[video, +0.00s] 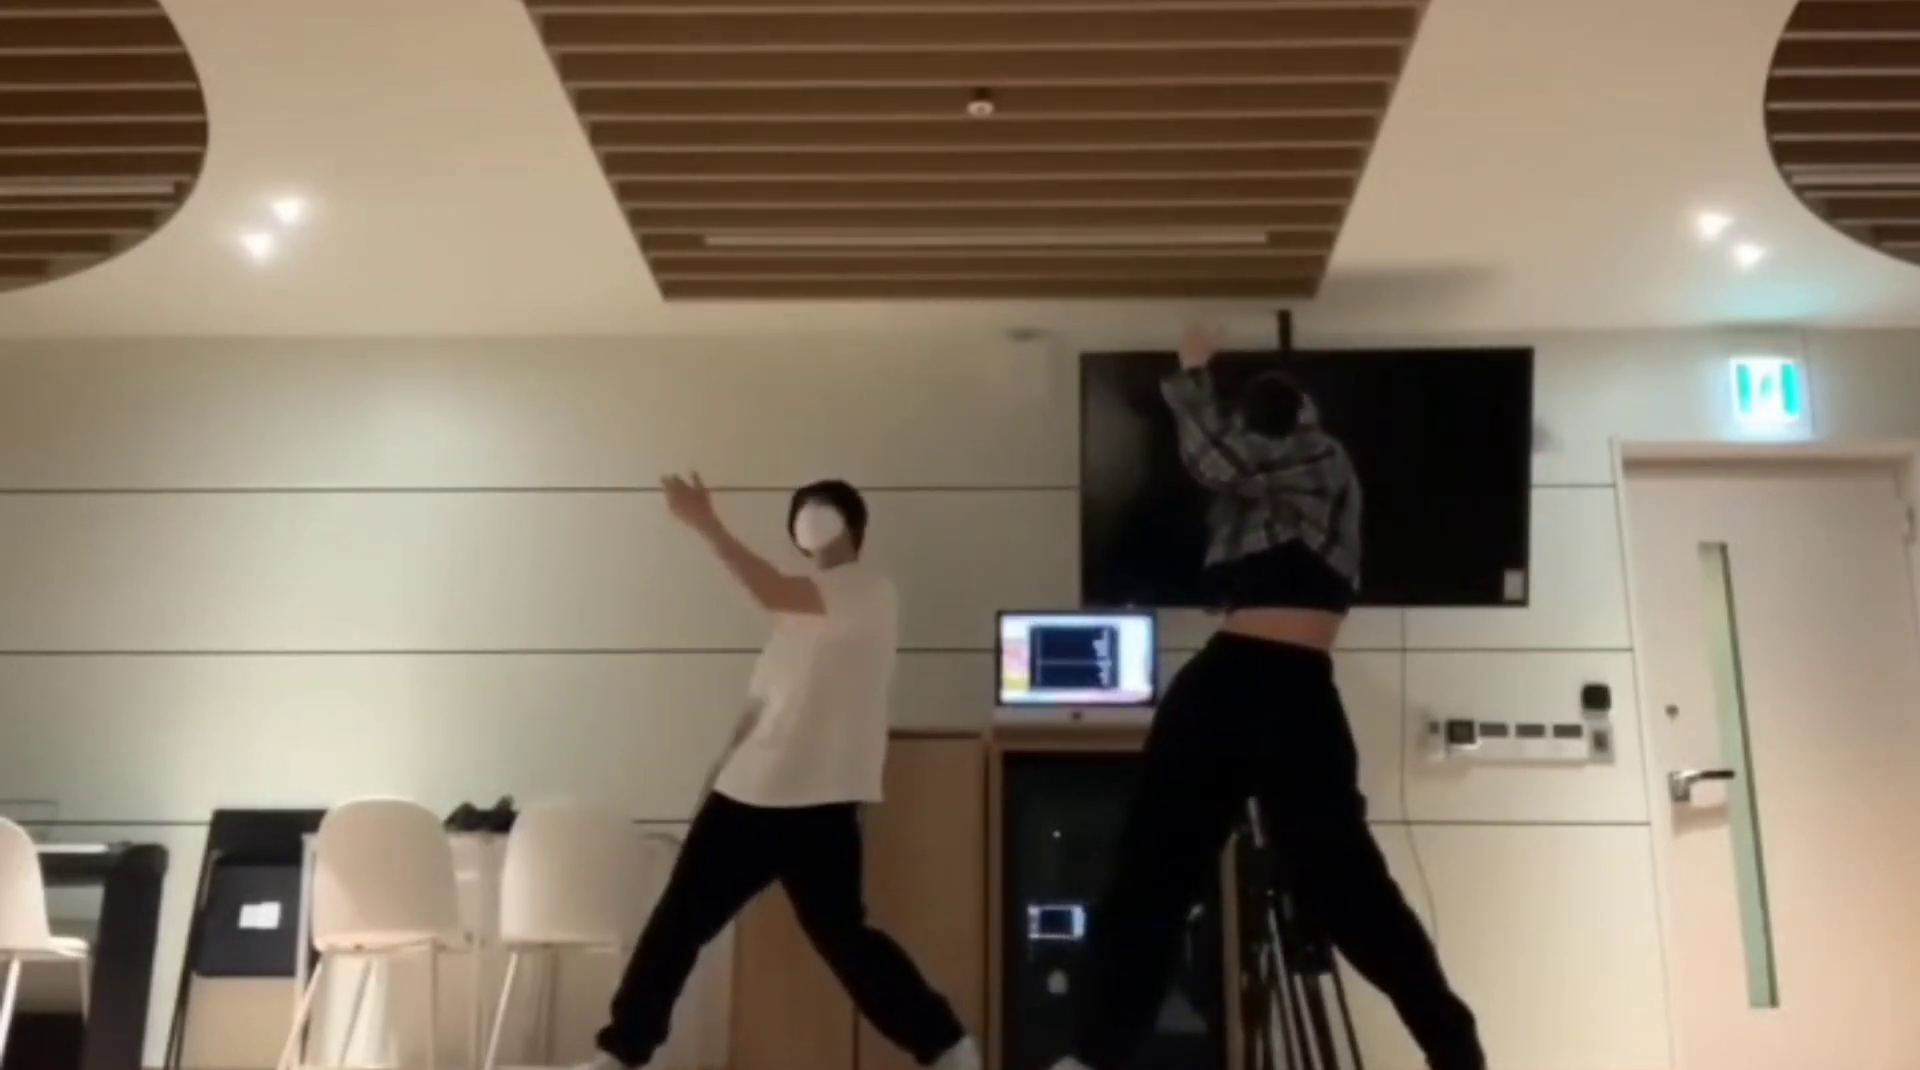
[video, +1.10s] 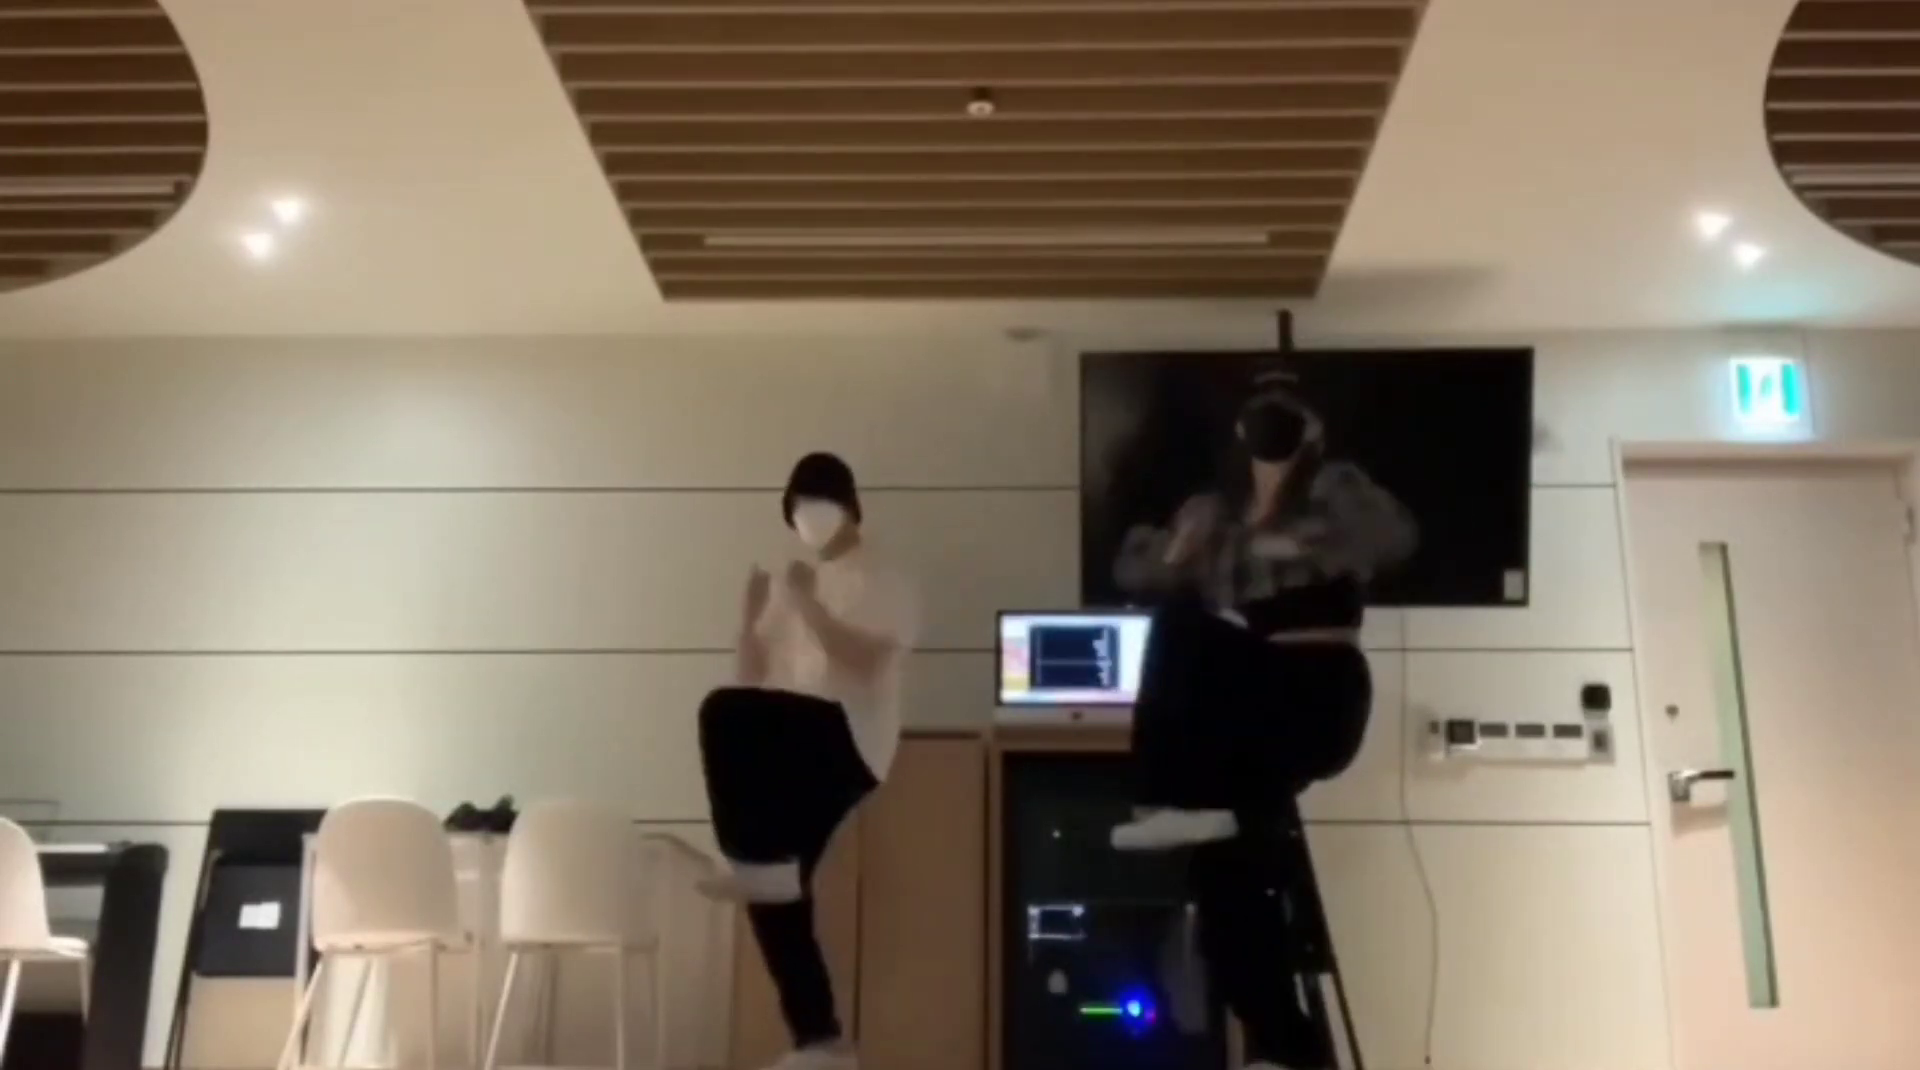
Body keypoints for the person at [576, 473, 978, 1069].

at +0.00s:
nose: (813, 527)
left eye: (826, 514)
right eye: (803, 518)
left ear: (855, 525)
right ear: (795, 535)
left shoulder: (871, 592)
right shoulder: (799, 605)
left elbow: (777, 593)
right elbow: (767, 701)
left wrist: (707, 526)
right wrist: (728, 763)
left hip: (816, 798)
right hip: (749, 793)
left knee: (841, 932)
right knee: (677, 925)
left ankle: (946, 1046)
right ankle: (622, 1049)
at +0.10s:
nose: (825, 550)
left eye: (838, 534)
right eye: (813, 537)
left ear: (866, 534)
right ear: (802, 541)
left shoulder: (876, 595)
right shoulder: (808, 617)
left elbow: (772, 583)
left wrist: (687, 531)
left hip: (830, 805)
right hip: (757, 801)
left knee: (851, 940)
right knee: (679, 925)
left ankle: (949, 1049)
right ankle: (621, 1050)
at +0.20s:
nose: (829, 534)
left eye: (842, 517)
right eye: (817, 523)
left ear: (871, 523)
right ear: (808, 533)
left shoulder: (886, 579)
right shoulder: (809, 607)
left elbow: (792, 577)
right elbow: (753, 675)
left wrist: (700, 536)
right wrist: (659, 673)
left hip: (846, 791)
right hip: (772, 790)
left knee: (863, 936)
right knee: (691, 918)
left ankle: (951, 1051)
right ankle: (619, 1047)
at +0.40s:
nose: (832, 493)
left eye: (846, 478)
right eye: (823, 479)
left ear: (870, 485)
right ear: (811, 488)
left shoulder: (897, 545)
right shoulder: (803, 558)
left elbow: (948, 529)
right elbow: (780, 601)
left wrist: (875, 520)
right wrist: (767, 564)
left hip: (879, 755)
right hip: (803, 753)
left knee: (900, 897)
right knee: (745, 875)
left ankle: (952, 1047)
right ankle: (772, 1020)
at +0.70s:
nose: (835, 496)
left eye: (847, 481)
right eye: (822, 486)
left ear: (873, 486)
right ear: (810, 496)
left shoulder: (891, 558)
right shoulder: (815, 565)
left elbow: (962, 607)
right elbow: (817, 624)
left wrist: (899, 560)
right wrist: (789, 583)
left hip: (877, 761)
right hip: (803, 763)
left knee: (915, 901)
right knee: (789, 899)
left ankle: (955, 1042)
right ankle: (819, 1041)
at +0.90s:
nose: (815, 513)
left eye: (827, 498)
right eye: (803, 501)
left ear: (855, 500)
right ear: (792, 508)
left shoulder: (893, 572)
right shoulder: (794, 565)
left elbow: (946, 625)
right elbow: (770, 635)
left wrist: (883, 680)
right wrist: (737, 707)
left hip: (857, 728)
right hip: (794, 727)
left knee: (737, 770)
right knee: (784, 882)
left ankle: (815, 891)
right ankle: (819, 1039)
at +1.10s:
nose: (810, 521)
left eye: (822, 506)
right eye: (799, 510)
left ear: (851, 507)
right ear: (790, 516)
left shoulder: (883, 576)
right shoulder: (796, 580)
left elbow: (865, 663)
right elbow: (755, 680)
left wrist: (809, 605)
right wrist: (751, 623)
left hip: (855, 733)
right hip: (797, 736)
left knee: (726, 711)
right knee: (772, 886)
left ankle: (762, 861)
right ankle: (818, 1041)